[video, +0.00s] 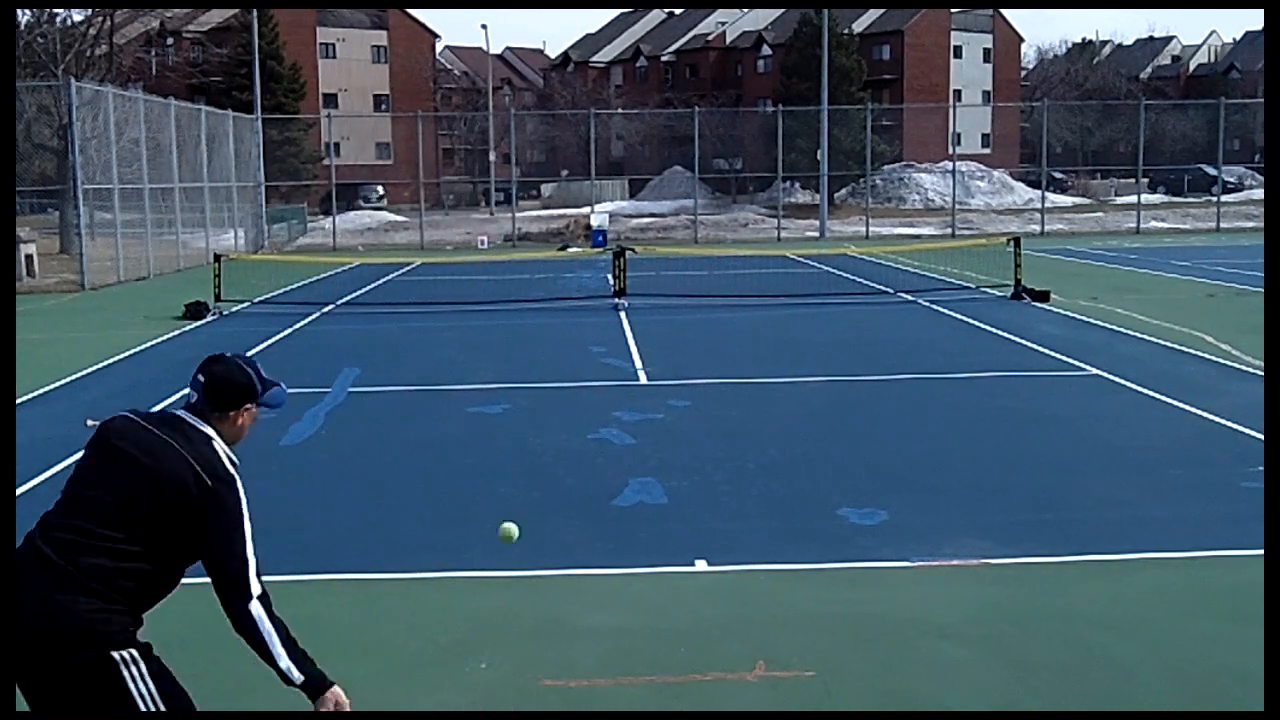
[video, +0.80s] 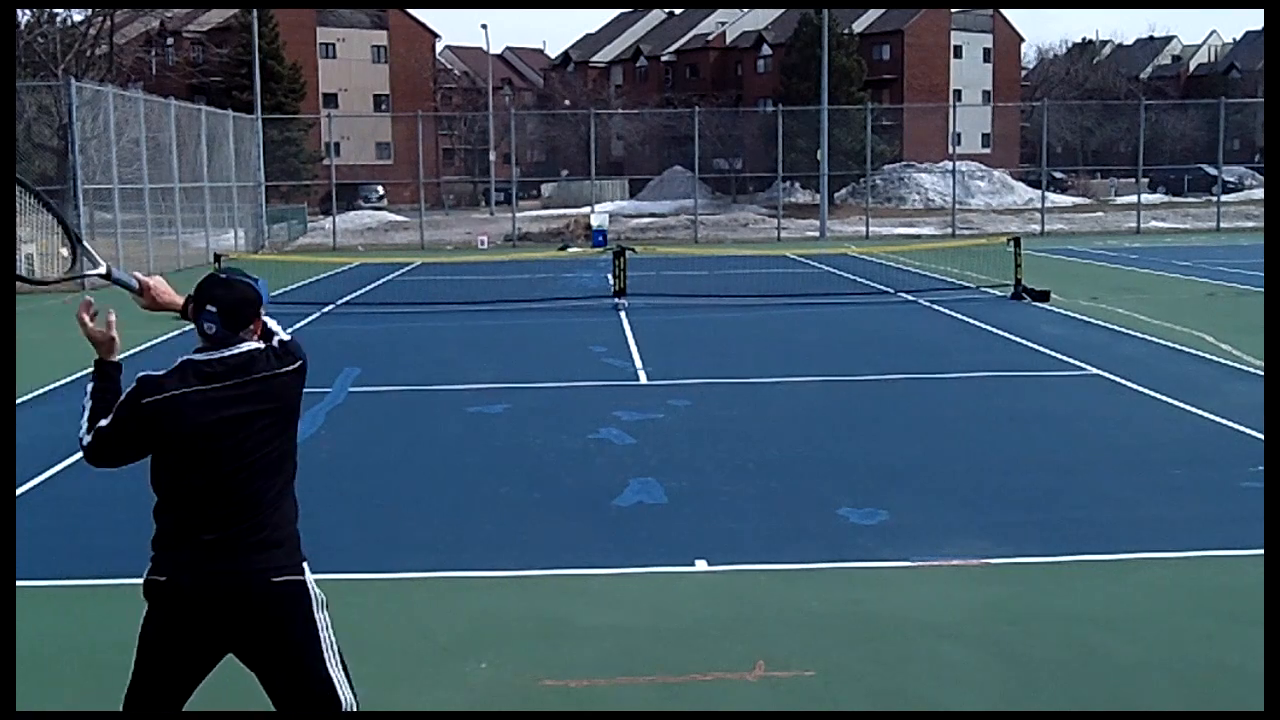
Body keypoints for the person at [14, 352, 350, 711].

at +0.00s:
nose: (255, 418)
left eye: (257, 409)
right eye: (256, 410)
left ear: (195, 397)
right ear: (240, 415)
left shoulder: (121, 425)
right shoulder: (216, 476)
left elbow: (77, 514)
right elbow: (245, 600)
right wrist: (315, 684)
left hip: (20, 609)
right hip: (92, 632)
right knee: (171, 708)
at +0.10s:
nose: (229, 385)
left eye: (233, 377)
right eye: (230, 377)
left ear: (177, 356)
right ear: (213, 376)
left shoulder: (85, 389)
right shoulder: (211, 434)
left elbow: (37, 472)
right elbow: (254, 506)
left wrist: (77, 522)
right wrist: (313, 520)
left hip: (30, 597)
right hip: (114, 613)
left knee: (57, 706)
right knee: (173, 707)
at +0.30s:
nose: (191, 321)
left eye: (190, 314)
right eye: (189, 316)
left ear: (128, 320)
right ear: (179, 325)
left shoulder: (63, 373)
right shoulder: (194, 367)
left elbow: (22, 438)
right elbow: (176, 331)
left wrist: (36, 352)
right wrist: (131, 308)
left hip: (70, 573)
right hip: (161, 574)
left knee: (71, 703)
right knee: (177, 703)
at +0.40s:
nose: (184, 313)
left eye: (181, 305)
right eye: (182, 307)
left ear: (120, 313)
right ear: (173, 317)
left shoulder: (66, 378)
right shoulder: (194, 357)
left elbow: (18, 434)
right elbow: (144, 314)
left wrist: (23, 352)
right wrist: (68, 287)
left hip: (88, 573)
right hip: (179, 570)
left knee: (86, 703)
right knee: (198, 702)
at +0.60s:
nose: (196, 307)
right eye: (193, 303)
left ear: (134, 316)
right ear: (188, 313)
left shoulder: (95, 387)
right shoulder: (216, 351)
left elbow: (33, 449)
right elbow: (170, 302)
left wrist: (35, 364)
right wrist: (77, 274)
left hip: (128, 577)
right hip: (217, 570)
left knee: (109, 704)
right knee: (263, 700)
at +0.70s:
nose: (227, 315)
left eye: (218, 307)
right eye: (223, 308)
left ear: (165, 321)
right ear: (216, 321)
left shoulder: (123, 390)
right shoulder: (246, 360)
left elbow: (61, 448)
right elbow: (199, 311)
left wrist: (61, 362)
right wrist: (122, 282)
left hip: (150, 586)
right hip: (239, 579)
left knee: (125, 705)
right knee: (294, 702)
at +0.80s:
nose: (266, 318)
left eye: (259, 310)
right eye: (262, 313)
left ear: (203, 329)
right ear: (256, 326)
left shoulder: (161, 392)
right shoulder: (286, 365)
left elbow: (98, 448)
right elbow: (253, 324)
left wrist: (105, 360)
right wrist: (181, 304)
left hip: (185, 593)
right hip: (274, 588)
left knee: (146, 706)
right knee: (329, 704)